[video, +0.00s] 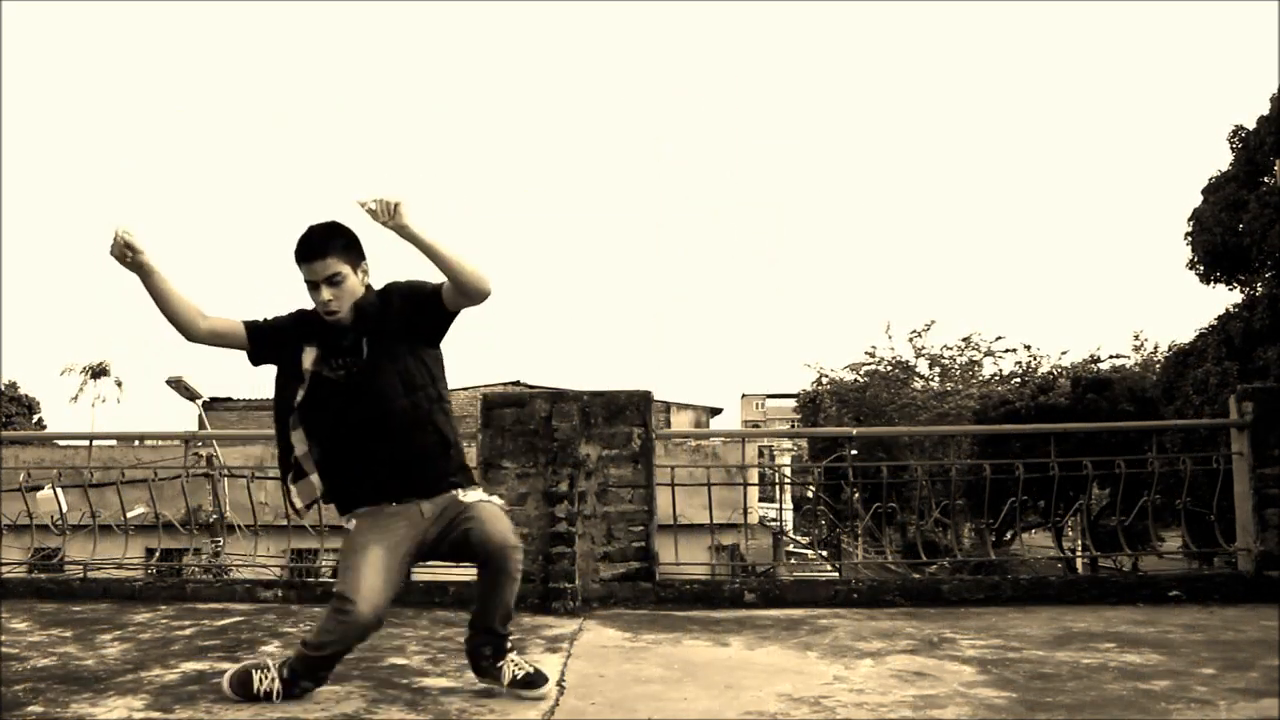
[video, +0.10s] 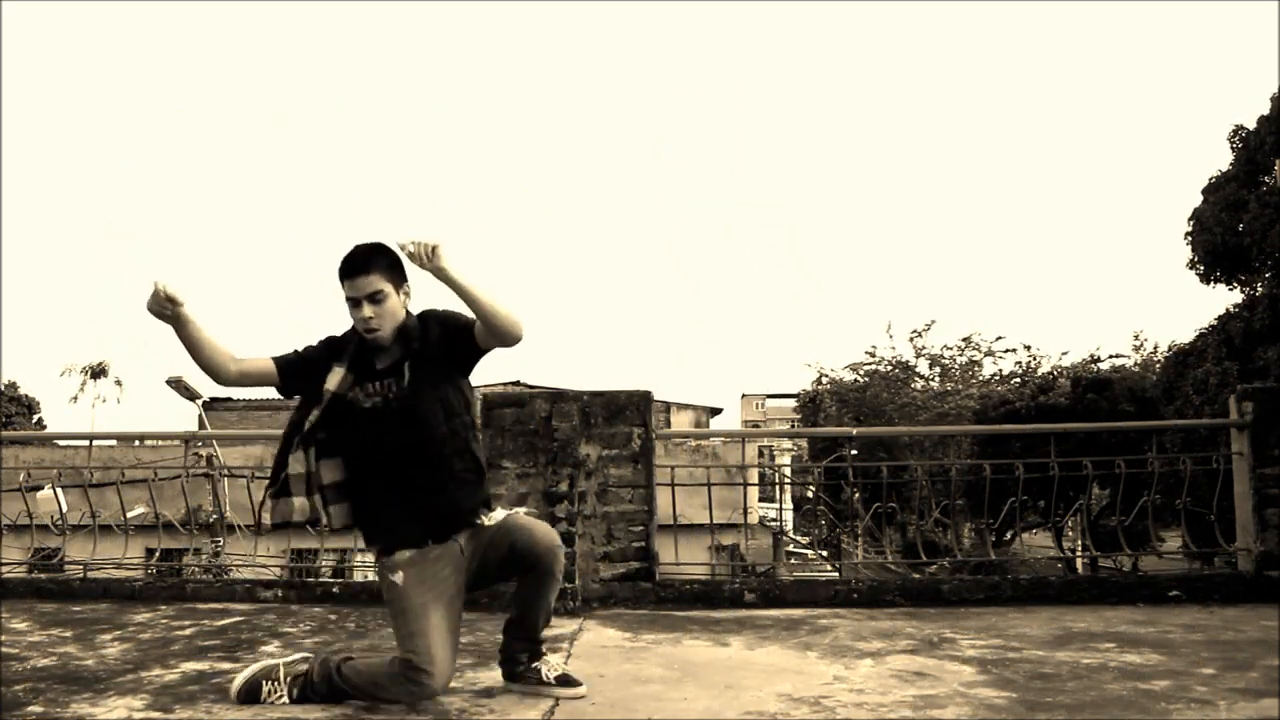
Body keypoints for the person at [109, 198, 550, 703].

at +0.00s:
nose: (324, 295)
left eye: (334, 281)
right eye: (313, 286)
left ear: (362, 271)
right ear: (303, 283)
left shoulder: (404, 305)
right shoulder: (295, 335)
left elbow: (475, 288)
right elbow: (198, 327)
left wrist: (409, 231)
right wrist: (144, 268)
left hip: (451, 497)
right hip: (377, 514)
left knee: (503, 541)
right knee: (360, 611)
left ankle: (490, 655)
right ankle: (292, 677)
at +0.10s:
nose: (363, 314)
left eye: (374, 300)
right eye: (354, 303)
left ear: (403, 294)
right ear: (346, 303)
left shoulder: (438, 334)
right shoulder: (334, 359)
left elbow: (509, 334)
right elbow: (228, 369)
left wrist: (446, 275)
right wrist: (181, 319)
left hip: (475, 532)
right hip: (411, 555)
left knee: (544, 543)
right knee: (424, 684)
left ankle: (523, 661)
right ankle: (310, 679)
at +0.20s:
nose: (398, 346)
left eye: (410, 332)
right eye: (386, 336)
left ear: (436, 332)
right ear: (376, 342)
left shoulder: (467, 378)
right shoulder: (361, 400)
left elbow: (540, 397)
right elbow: (264, 443)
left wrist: (486, 330)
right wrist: (214, 392)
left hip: (482, 559)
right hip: (419, 580)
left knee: (545, 549)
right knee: (424, 699)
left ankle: (523, 662)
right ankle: (308, 680)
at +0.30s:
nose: (420, 370)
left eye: (430, 354)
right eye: (407, 357)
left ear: (453, 349)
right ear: (392, 358)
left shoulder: (482, 396)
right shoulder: (374, 415)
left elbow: (558, 404)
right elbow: (281, 455)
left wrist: (506, 334)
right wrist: (231, 407)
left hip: (472, 572)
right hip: (410, 590)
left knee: (519, 562)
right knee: (404, 691)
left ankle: (520, 663)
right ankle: (301, 679)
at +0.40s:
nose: (419, 348)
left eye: (429, 335)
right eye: (405, 337)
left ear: (447, 333)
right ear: (388, 339)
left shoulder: (477, 379)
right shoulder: (363, 385)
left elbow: (541, 362)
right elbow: (264, 376)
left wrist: (505, 294)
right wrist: (206, 341)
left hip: (453, 563)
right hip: (377, 559)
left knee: (470, 606)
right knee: (323, 593)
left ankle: (511, 673)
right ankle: (298, 670)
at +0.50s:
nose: (402, 339)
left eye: (412, 324)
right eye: (389, 327)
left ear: (429, 321)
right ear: (369, 326)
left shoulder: (456, 367)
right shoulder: (347, 370)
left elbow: (521, 382)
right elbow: (245, 365)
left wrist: (502, 323)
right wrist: (176, 334)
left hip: (423, 558)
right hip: (354, 540)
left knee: (406, 656)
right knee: (276, 534)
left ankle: (503, 681)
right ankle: (296, 657)